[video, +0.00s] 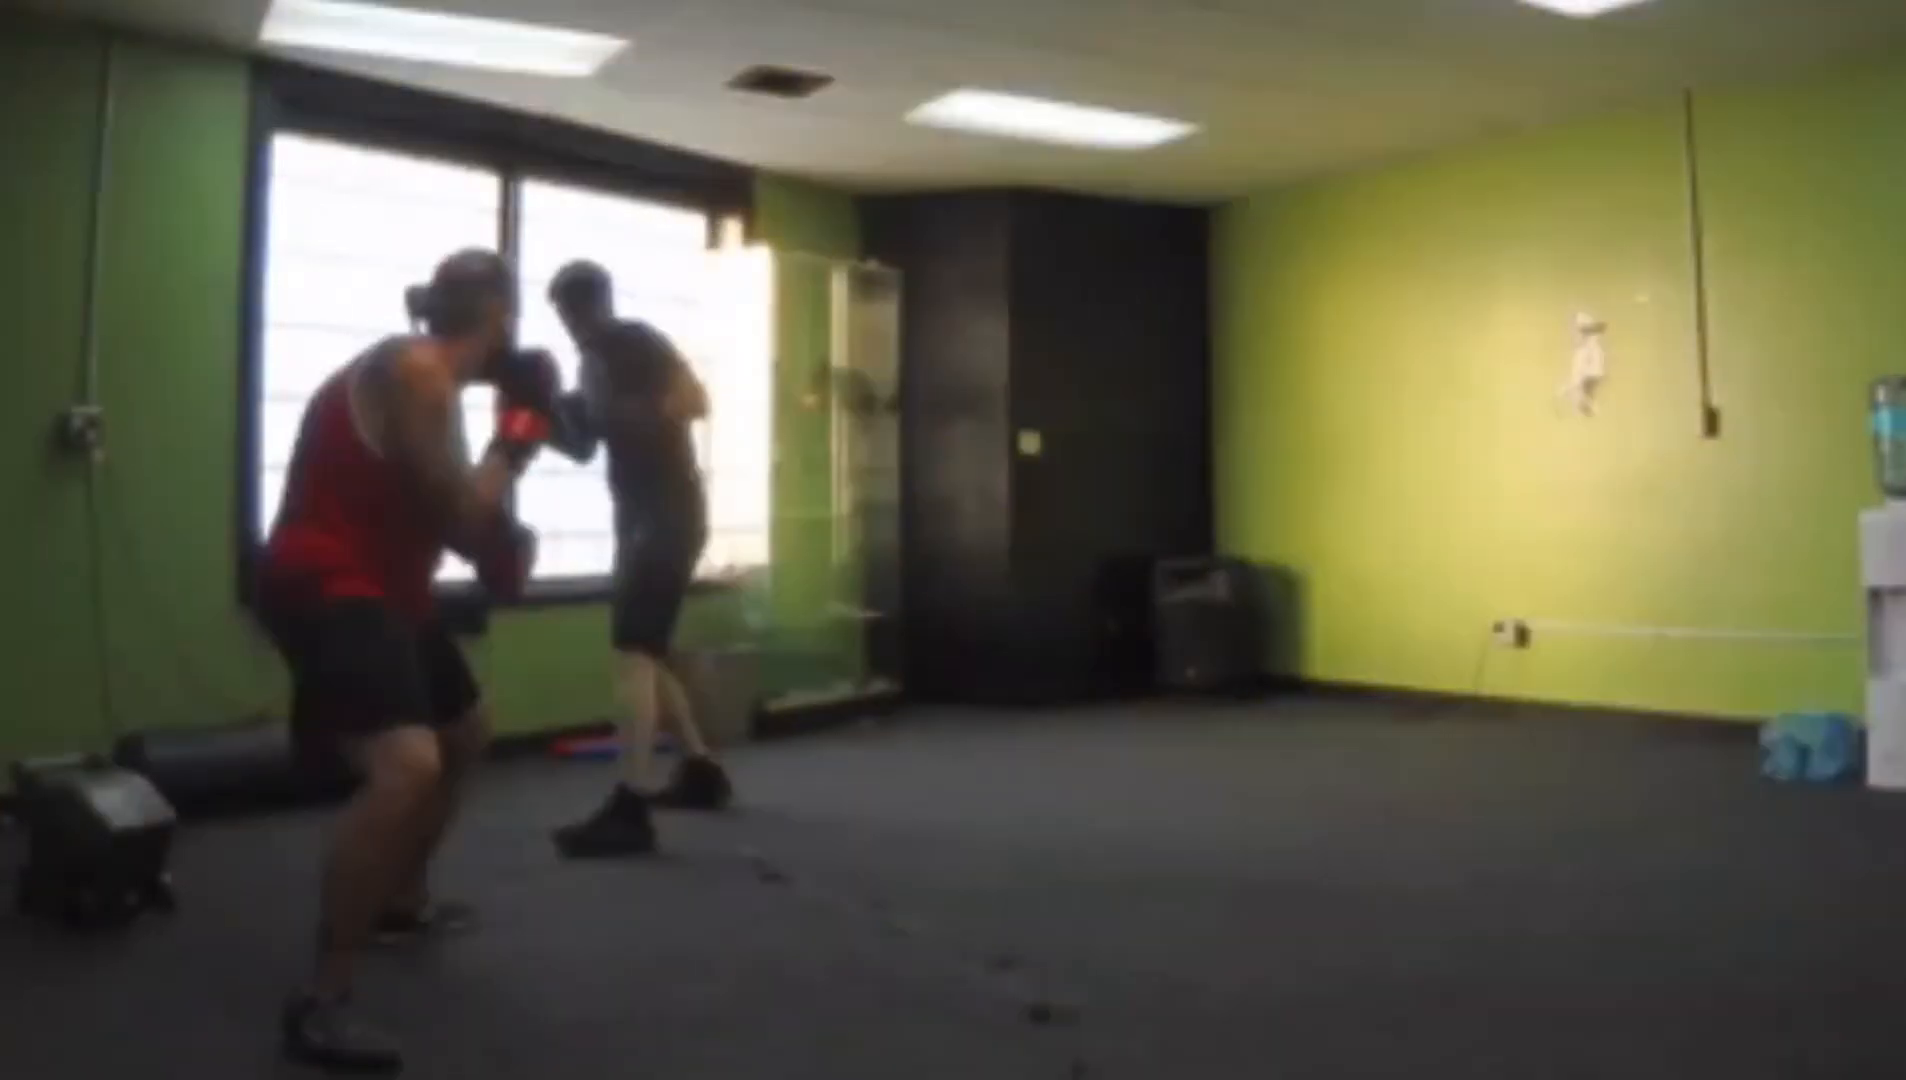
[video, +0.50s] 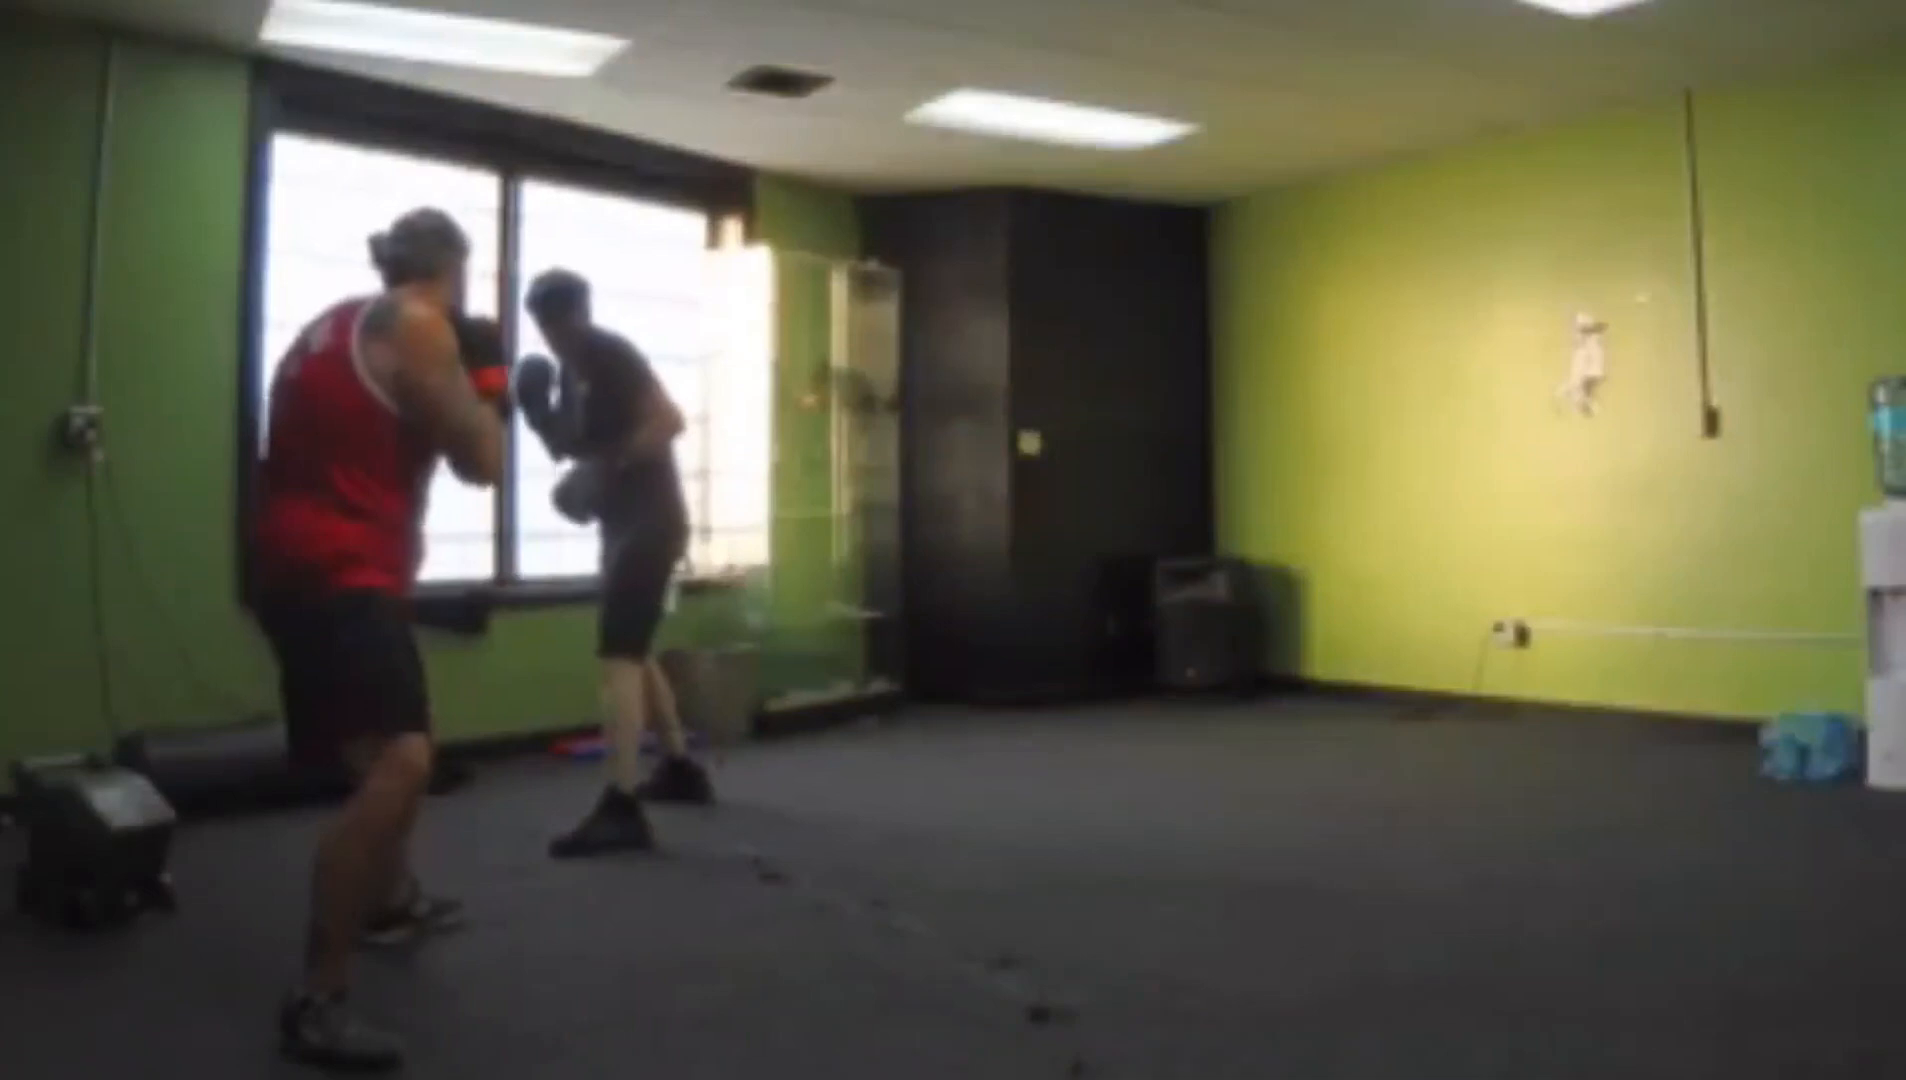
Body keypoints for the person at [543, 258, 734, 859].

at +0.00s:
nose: (571, 323)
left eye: (574, 310)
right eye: (566, 313)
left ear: (591, 304)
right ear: (576, 309)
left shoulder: (637, 343)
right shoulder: (592, 364)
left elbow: (693, 400)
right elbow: (581, 442)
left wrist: (620, 414)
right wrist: (543, 402)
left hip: (670, 511)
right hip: (636, 515)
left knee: (635, 651)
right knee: (645, 650)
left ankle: (632, 799)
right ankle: (700, 762)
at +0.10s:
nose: (559, 335)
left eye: (562, 322)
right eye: (555, 324)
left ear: (578, 316)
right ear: (567, 319)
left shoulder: (620, 352)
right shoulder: (582, 375)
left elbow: (680, 414)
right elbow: (570, 455)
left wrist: (607, 425)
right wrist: (528, 409)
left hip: (664, 520)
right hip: (635, 523)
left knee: (621, 651)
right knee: (632, 651)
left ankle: (624, 800)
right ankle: (692, 754)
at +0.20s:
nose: (548, 335)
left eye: (550, 323)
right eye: (544, 325)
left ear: (565, 317)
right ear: (557, 319)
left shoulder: (611, 356)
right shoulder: (575, 371)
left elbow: (675, 419)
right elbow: (587, 446)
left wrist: (613, 443)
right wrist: (531, 431)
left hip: (659, 517)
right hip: (630, 517)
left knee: (616, 650)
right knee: (621, 644)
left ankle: (623, 802)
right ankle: (682, 746)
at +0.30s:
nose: (547, 334)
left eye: (549, 322)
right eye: (543, 324)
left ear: (561, 317)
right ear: (554, 320)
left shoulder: (608, 358)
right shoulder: (571, 374)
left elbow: (672, 421)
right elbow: (571, 455)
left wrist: (615, 442)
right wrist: (541, 434)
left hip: (656, 518)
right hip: (625, 520)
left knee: (616, 651)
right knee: (621, 647)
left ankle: (622, 801)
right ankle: (671, 753)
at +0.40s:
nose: (550, 336)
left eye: (553, 324)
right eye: (545, 326)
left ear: (568, 318)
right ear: (556, 321)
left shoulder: (609, 358)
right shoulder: (574, 374)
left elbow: (664, 424)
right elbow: (598, 443)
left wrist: (589, 464)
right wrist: (565, 465)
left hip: (653, 520)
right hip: (624, 523)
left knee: (618, 659)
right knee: (633, 652)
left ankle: (622, 803)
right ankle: (679, 761)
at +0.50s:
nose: (551, 332)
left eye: (554, 320)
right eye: (546, 322)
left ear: (570, 314)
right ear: (554, 320)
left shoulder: (610, 355)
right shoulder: (573, 371)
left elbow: (665, 420)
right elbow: (571, 447)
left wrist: (604, 468)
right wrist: (537, 409)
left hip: (650, 520)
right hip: (622, 521)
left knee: (620, 657)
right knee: (634, 653)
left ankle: (621, 802)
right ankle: (679, 761)